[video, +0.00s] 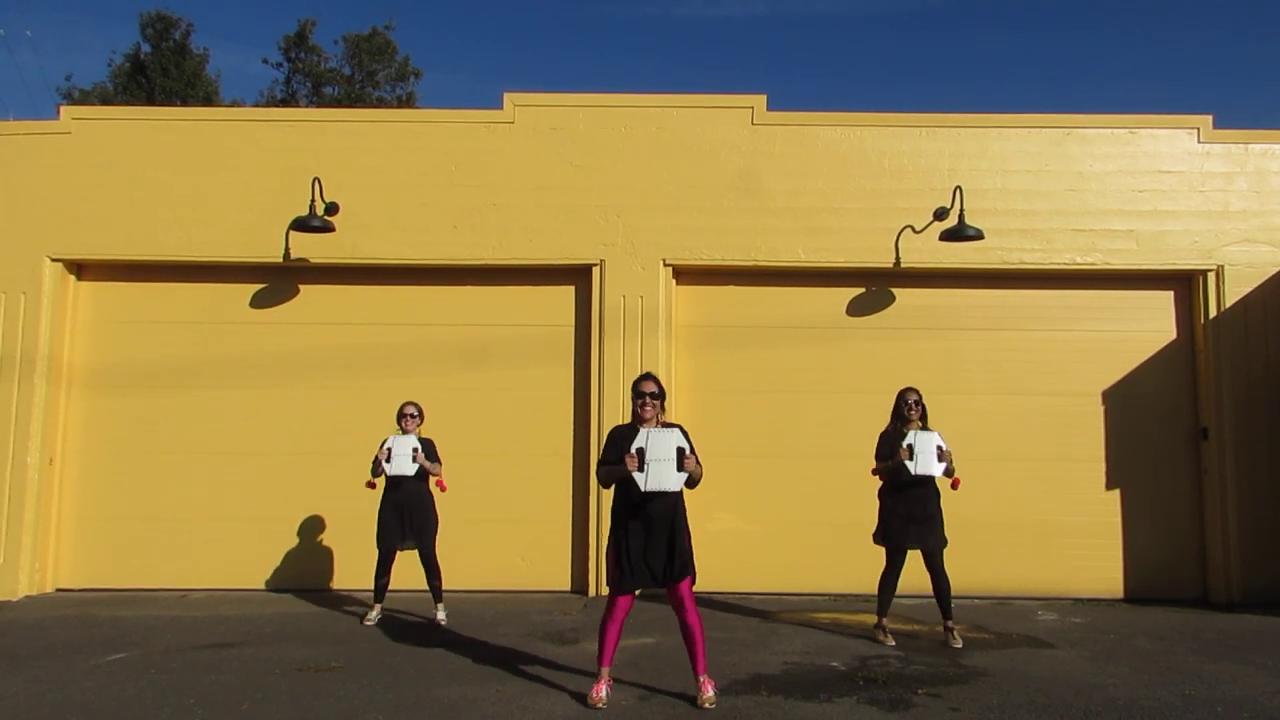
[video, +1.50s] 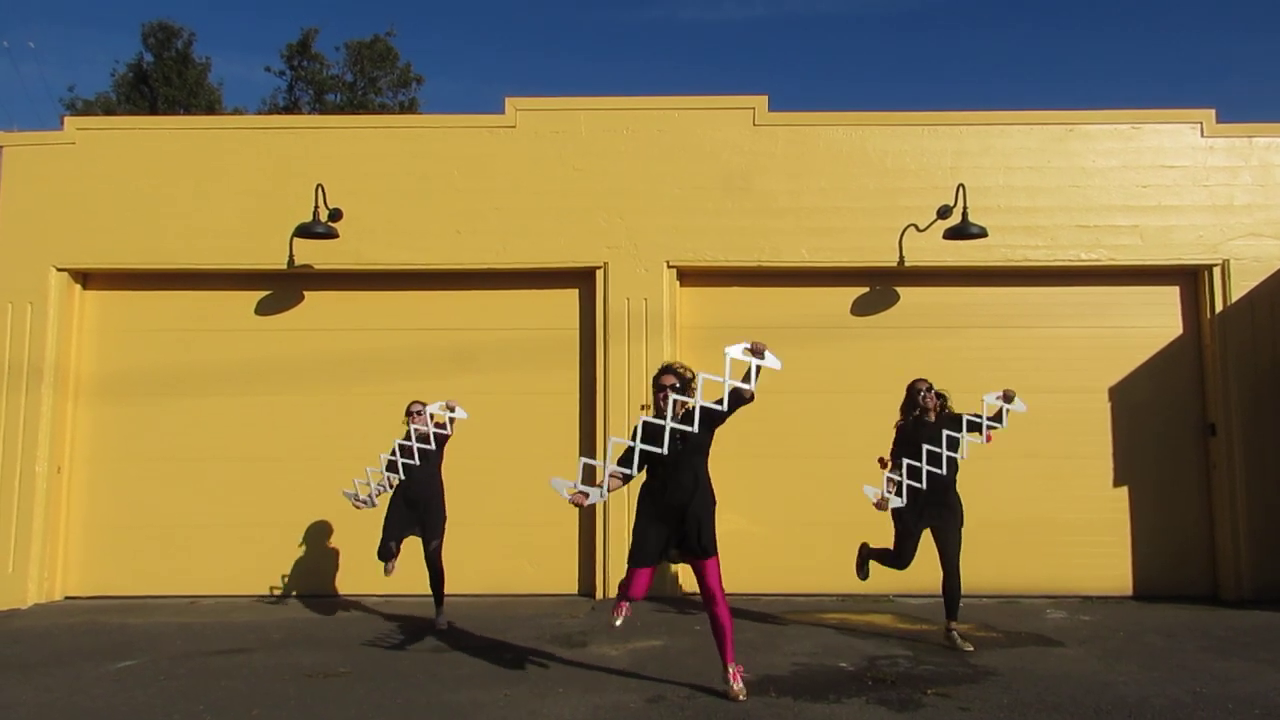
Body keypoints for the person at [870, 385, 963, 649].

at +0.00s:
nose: (912, 407)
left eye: (916, 403)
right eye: (906, 404)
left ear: (922, 407)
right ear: (898, 407)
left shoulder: (931, 437)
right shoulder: (890, 435)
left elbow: (947, 473)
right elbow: (880, 470)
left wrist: (947, 461)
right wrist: (898, 460)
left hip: (927, 508)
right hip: (897, 509)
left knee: (936, 566)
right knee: (894, 565)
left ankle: (949, 625)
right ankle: (881, 624)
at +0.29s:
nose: (911, 409)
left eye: (916, 405)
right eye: (906, 405)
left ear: (923, 410)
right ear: (898, 410)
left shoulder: (933, 441)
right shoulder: (886, 439)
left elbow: (941, 474)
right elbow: (874, 473)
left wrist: (937, 477)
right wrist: (886, 476)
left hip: (924, 515)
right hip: (893, 514)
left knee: (923, 570)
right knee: (891, 567)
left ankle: (922, 620)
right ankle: (882, 620)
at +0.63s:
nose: (910, 410)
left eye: (915, 405)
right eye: (905, 406)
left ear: (921, 408)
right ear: (898, 409)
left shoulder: (931, 438)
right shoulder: (889, 438)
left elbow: (946, 476)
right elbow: (884, 470)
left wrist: (947, 466)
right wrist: (900, 465)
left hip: (925, 511)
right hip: (894, 512)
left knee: (931, 571)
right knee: (892, 569)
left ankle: (936, 627)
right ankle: (880, 626)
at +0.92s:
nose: (912, 404)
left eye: (917, 400)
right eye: (907, 401)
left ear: (924, 404)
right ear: (900, 407)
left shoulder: (936, 438)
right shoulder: (888, 435)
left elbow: (943, 465)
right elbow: (872, 463)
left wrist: (938, 477)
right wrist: (886, 475)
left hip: (927, 512)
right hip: (895, 512)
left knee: (923, 568)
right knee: (894, 567)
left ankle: (922, 623)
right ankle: (887, 623)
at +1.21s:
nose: (918, 410)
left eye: (923, 406)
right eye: (912, 406)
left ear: (929, 410)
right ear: (904, 410)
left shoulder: (942, 440)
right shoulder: (897, 437)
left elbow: (957, 481)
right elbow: (889, 473)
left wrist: (957, 468)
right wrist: (909, 461)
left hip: (934, 511)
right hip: (901, 511)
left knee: (947, 574)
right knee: (898, 572)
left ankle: (957, 632)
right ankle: (878, 628)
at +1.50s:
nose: (927, 394)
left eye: (930, 390)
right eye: (921, 392)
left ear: (936, 395)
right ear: (912, 400)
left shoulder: (951, 421)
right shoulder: (907, 428)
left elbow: (992, 423)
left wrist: (1006, 404)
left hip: (945, 504)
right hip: (912, 504)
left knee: (951, 567)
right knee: (901, 561)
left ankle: (951, 628)